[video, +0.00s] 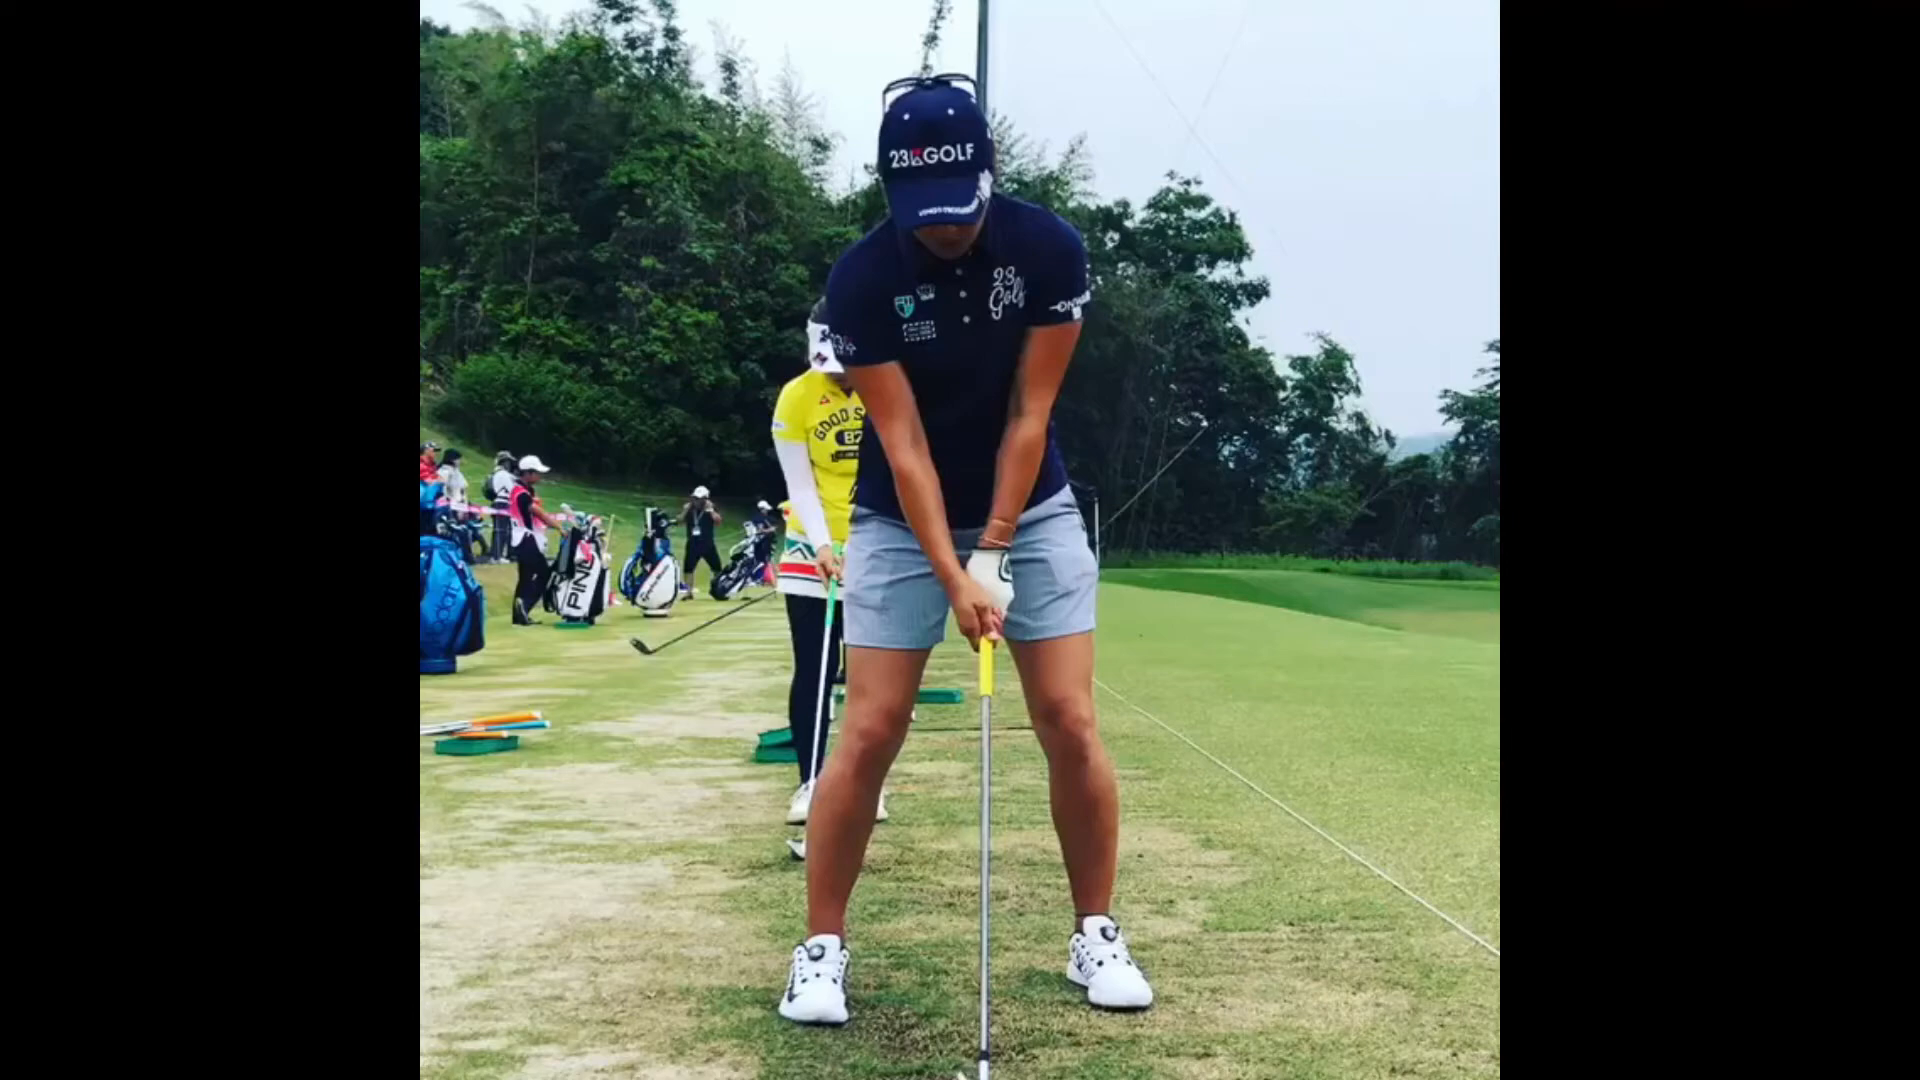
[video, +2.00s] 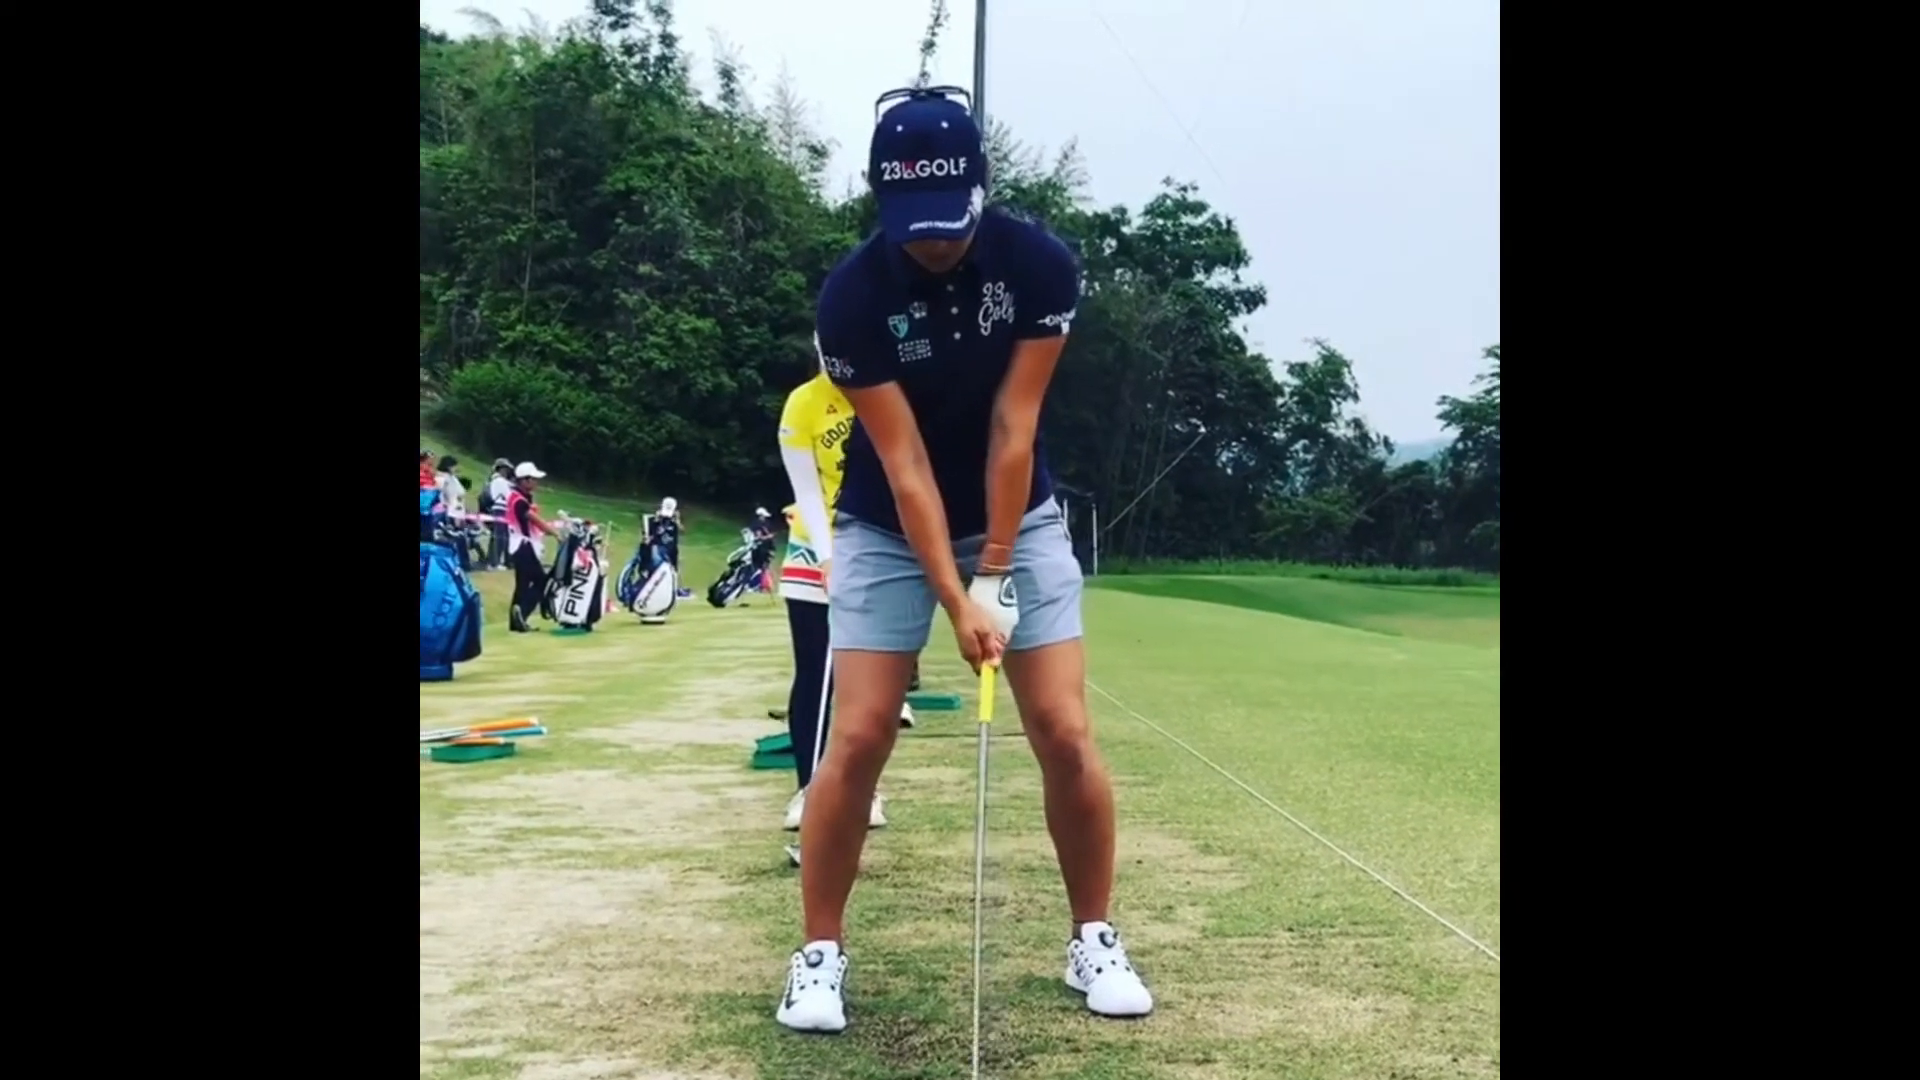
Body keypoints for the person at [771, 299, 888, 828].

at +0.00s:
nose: (837, 361)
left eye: (846, 348)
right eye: (828, 349)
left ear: (867, 344)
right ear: (815, 346)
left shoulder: (886, 390)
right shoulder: (797, 396)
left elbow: (898, 471)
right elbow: (800, 482)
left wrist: (893, 539)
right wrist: (821, 542)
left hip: (873, 552)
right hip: (811, 553)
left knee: (877, 679)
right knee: (816, 671)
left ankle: (871, 780)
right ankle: (811, 780)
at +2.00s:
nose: (848, 354)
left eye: (856, 344)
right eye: (839, 343)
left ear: (878, 344)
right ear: (829, 346)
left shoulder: (891, 399)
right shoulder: (805, 402)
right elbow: (806, 490)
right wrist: (827, 554)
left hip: (870, 568)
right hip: (811, 570)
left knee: (874, 692)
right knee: (815, 682)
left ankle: (864, 786)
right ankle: (810, 790)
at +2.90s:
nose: (823, 401)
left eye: (834, 391)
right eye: (813, 389)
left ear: (855, 374)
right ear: (799, 374)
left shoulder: (878, 416)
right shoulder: (781, 422)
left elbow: (883, 501)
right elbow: (785, 509)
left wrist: (842, 568)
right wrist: (804, 577)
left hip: (866, 573)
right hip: (792, 573)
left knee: (874, 694)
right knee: (783, 689)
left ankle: (888, 801)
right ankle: (759, 805)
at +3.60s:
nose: (798, 417)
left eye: (808, 406)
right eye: (789, 406)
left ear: (829, 389)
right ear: (773, 390)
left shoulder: (860, 427)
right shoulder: (751, 440)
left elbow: (846, 510)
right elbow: (763, 524)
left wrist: (809, 578)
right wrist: (771, 588)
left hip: (835, 579)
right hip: (763, 577)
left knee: (839, 696)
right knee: (748, 695)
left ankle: (856, 812)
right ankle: (719, 815)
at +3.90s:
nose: (793, 423)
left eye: (803, 412)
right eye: (783, 411)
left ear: (823, 396)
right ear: (767, 396)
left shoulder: (853, 433)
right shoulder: (744, 443)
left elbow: (836, 514)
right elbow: (757, 527)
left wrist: (800, 585)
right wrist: (770, 595)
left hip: (826, 584)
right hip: (754, 581)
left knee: (832, 701)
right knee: (739, 700)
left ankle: (850, 815)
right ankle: (711, 819)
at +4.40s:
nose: (850, 357)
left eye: (861, 348)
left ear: (884, 347)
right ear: (832, 346)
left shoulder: (898, 400)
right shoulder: (809, 402)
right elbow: (809, 494)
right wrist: (829, 558)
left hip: (876, 566)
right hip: (813, 565)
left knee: (876, 692)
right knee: (815, 681)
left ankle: (869, 786)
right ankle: (810, 787)